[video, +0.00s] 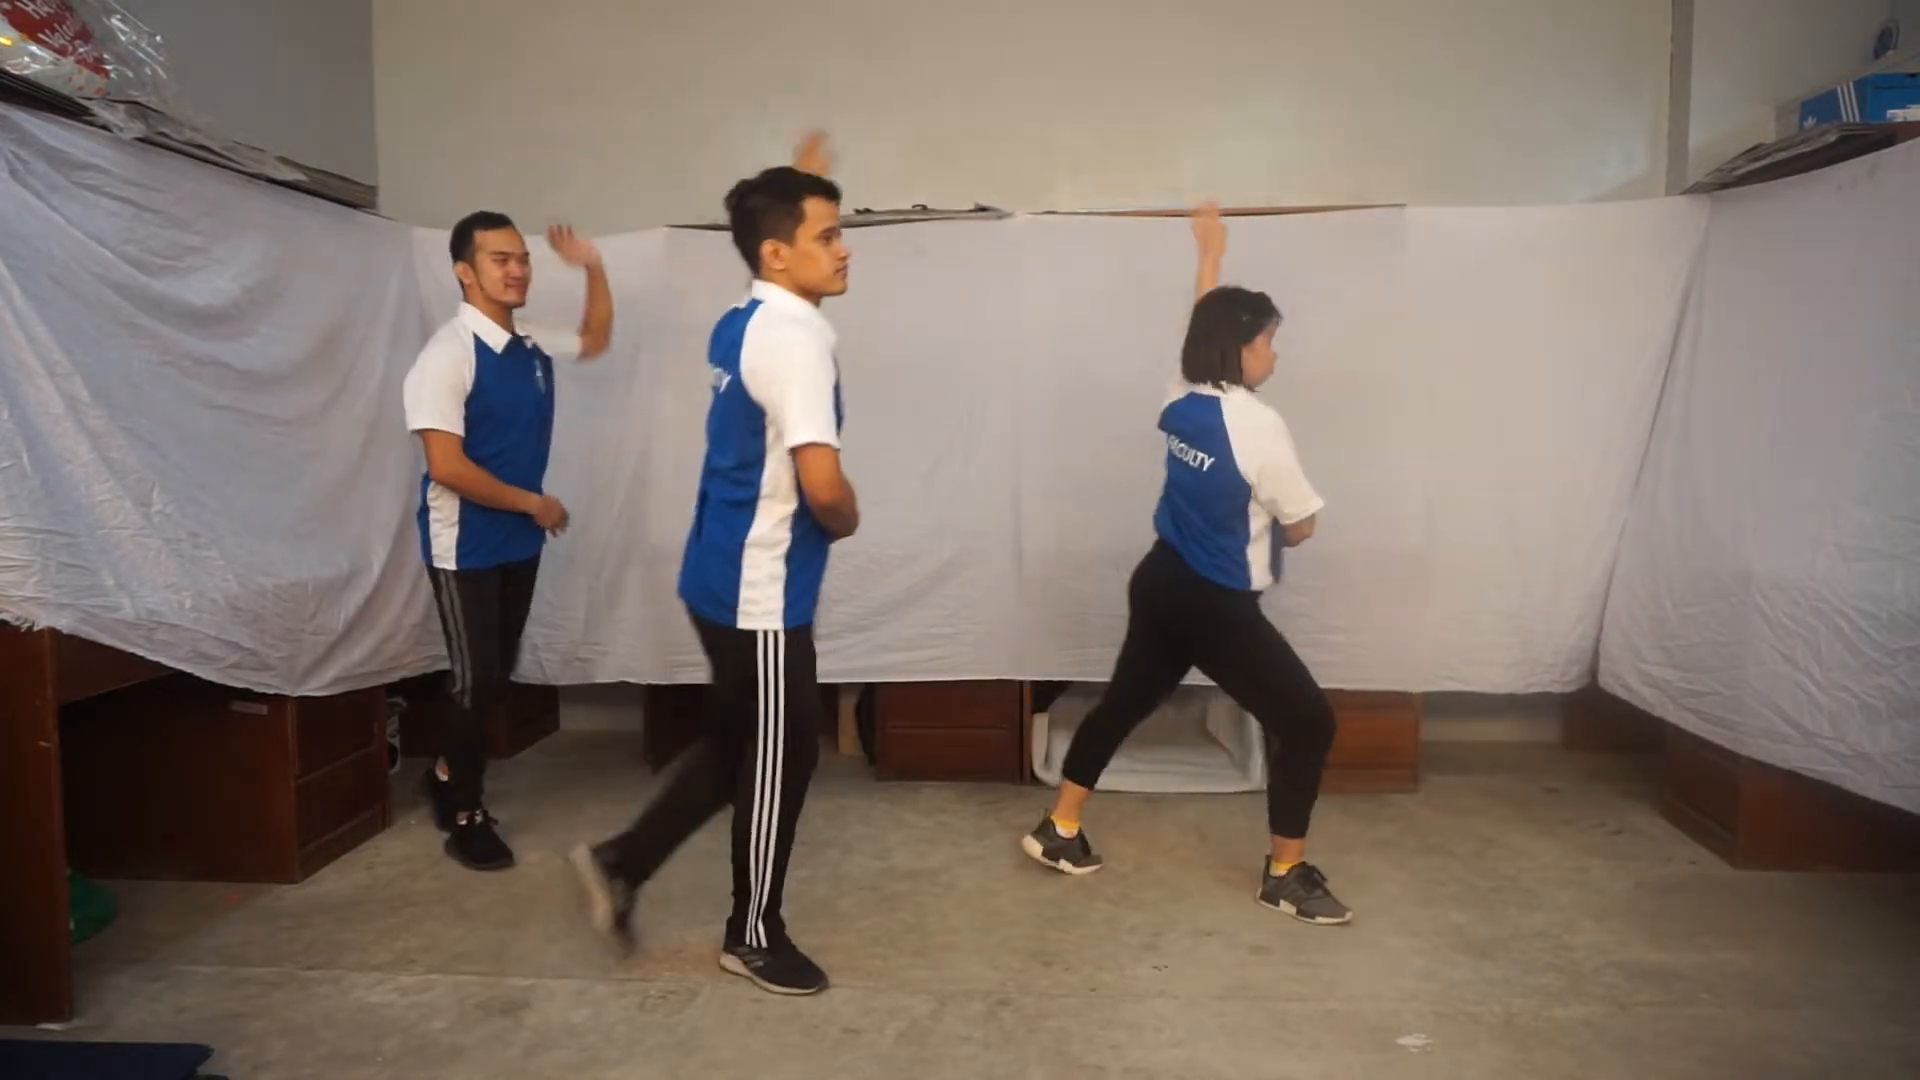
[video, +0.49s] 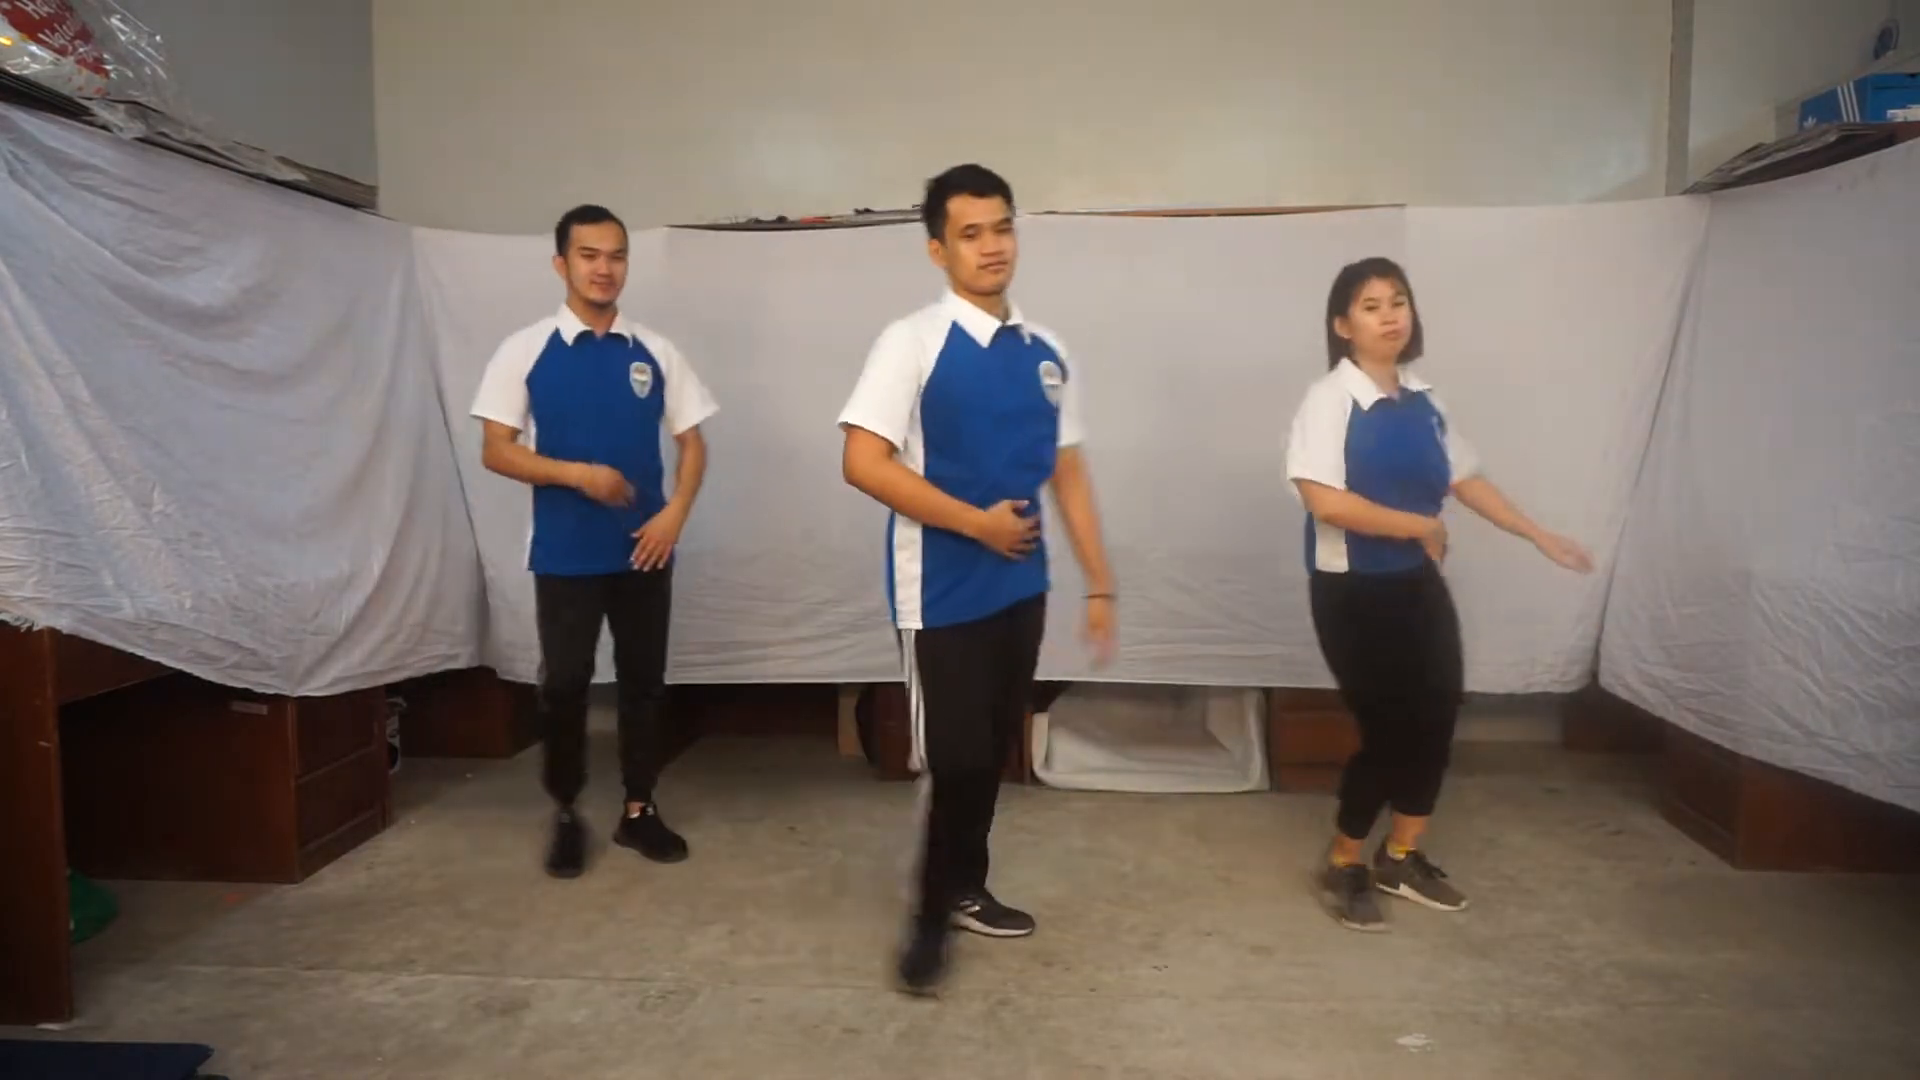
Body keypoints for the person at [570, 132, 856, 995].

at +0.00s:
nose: (844, 253)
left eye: (841, 237)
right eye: (828, 241)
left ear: (771, 253)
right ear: (776, 254)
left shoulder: (747, 320)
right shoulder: (796, 339)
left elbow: (776, 247)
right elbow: (822, 488)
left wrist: (795, 189)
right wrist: (846, 519)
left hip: (729, 581)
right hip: (763, 591)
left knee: (739, 740)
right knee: (782, 754)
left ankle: (620, 861)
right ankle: (756, 927)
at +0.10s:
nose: (880, 240)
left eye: (879, 224)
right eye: (864, 227)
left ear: (826, 240)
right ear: (811, 241)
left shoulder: (831, 313)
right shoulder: (815, 330)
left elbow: (835, 378)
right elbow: (846, 472)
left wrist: (879, 342)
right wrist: (888, 506)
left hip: (834, 575)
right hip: (789, 586)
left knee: (869, 711)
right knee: (783, 757)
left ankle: (745, 834)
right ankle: (753, 929)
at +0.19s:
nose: (909, 238)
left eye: (908, 222)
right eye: (891, 226)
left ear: (871, 236)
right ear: (838, 241)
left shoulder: (869, 317)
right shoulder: (836, 327)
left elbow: (853, 439)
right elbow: (856, 467)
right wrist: (911, 510)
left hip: (869, 576)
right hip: (814, 588)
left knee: (915, 707)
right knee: (796, 755)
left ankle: (861, 861)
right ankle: (753, 927)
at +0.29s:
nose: (942, 242)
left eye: (943, 226)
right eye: (923, 229)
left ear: (932, 234)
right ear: (872, 245)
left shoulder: (920, 326)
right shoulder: (863, 332)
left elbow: (914, 458)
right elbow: (857, 465)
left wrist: (939, 552)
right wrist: (939, 514)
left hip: (920, 578)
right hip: (857, 589)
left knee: (947, 729)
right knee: (825, 756)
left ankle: (952, 882)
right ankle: (761, 924)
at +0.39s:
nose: (968, 247)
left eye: (973, 231)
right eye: (946, 236)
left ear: (982, 238)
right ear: (905, 252)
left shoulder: (987, 344)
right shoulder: (890, 340)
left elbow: (996, 478)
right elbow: (859, 463)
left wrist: (1010, 590)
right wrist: (963, 520)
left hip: (974, 590)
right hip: (903, 596)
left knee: (968, 751)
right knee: (893, 763)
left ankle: (951, 887)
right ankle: (804, 908)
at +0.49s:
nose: (993, 246)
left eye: (1002, 229)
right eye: (972, 234)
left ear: (1016, 237)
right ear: (938, 249)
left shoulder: (1043, 349)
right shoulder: (910, 342)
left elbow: (1069, 471)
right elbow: (863, 461)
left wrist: (1098, 581)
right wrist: (976, 520)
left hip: (1018, 589)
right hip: (941, 597)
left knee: (990, 757)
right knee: (959, 769)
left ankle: (965, 889)